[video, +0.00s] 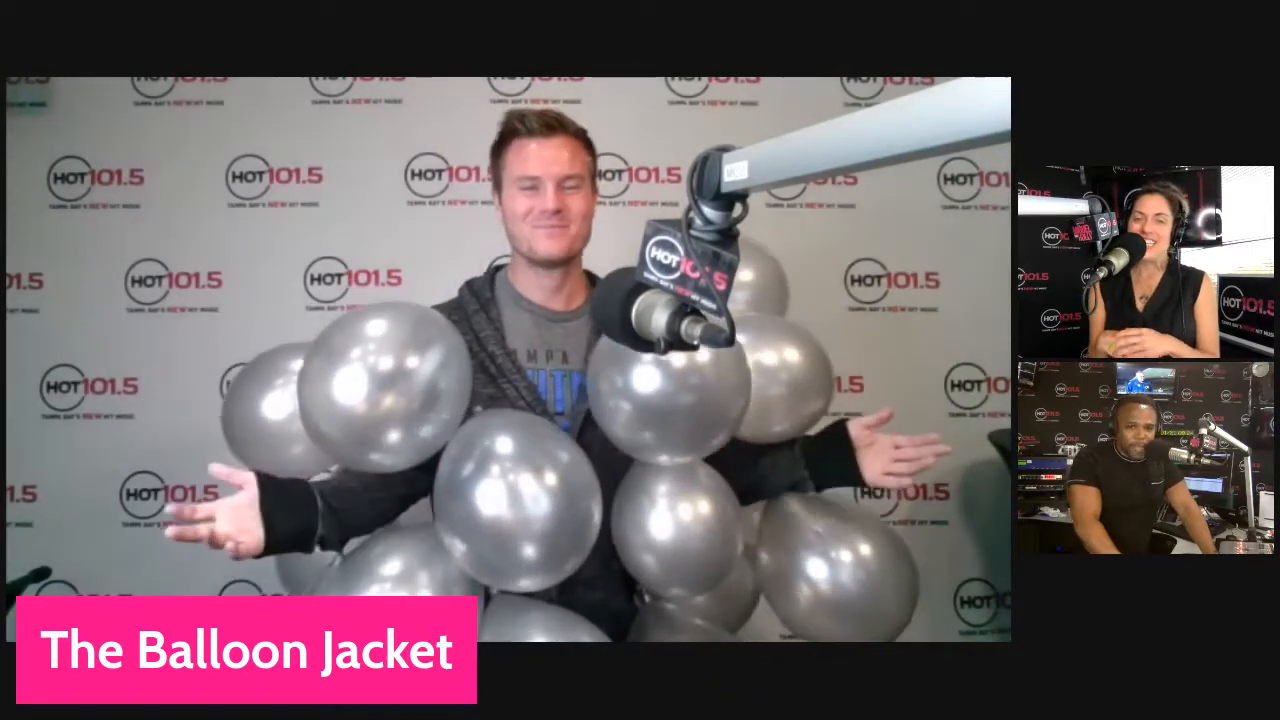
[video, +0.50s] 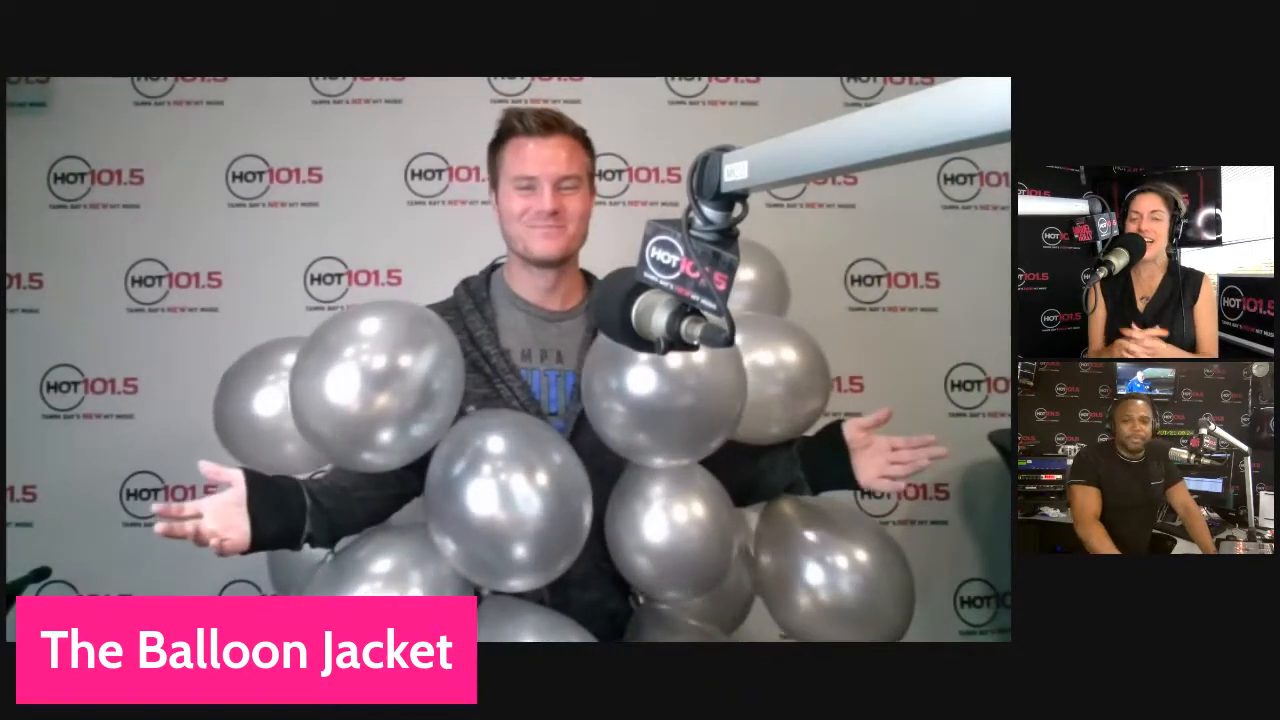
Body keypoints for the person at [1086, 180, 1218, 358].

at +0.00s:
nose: (1146, 229)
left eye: (1160, 220)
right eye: (1138, 218)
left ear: (1175, 230)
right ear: (1127, 224)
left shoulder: (1197, 284)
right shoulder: (1103, 285)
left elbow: (1211, 358)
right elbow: (1093, 359)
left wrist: (1169, 344)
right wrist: (1100, 345)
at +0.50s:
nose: (1143, 227)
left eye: (1156, 218)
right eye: (1134, 218)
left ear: (1172, 227)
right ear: (1124, 225)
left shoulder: (1197, 285)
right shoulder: (1102, 287)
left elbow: (1209, 361)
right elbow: (1093, 355)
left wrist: (1163, 351)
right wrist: (1116, 350)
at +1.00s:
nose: (1139, 227)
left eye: (1152, 217)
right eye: (1131, 219)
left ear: (1170, 225)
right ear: (1122, 228)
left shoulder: (1198, 287)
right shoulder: (1104, 287)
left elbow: (1212, 363)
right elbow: (1095, 357)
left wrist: (1166, 350)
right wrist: (1135, 352)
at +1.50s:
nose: (1140, 227)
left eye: (1152, 217)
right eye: (1131, 219)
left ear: (1168, 226)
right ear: (1121, 228)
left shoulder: (1197, 287)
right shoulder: (1102, 288)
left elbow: (1212, 364)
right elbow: (1095, 358)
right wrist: (1133, 354)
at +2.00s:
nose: (1141, 230)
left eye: (1153, 220)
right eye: (1131, 222)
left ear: (1168, 226)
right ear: (1120, 228)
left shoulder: (1196, 287)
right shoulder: (1100, 289)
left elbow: (1210, 365)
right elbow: (1093, 360)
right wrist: (1137, 356)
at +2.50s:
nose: (1141, 229)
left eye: (1153, 219)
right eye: (1131, 220)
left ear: (1167, 225)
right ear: (1120, 227)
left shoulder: (1196, 287)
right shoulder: (1099, 289)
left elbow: (1210, 366)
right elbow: (1093, 361)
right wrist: (1138, 357)